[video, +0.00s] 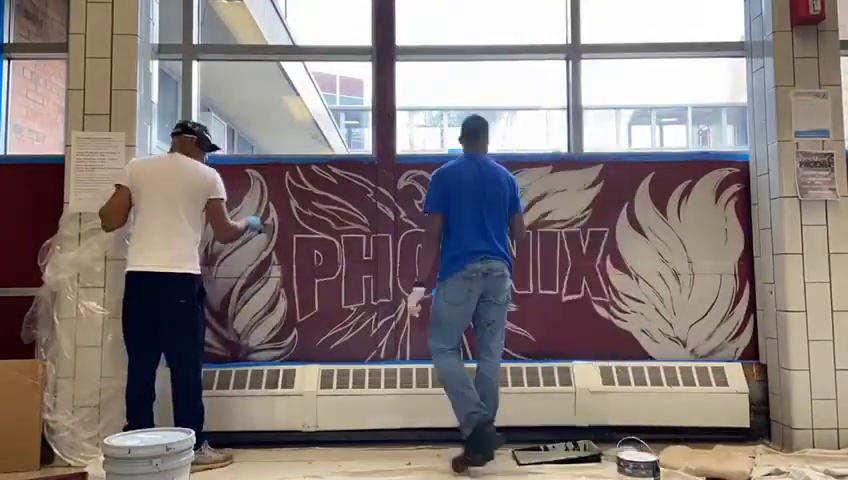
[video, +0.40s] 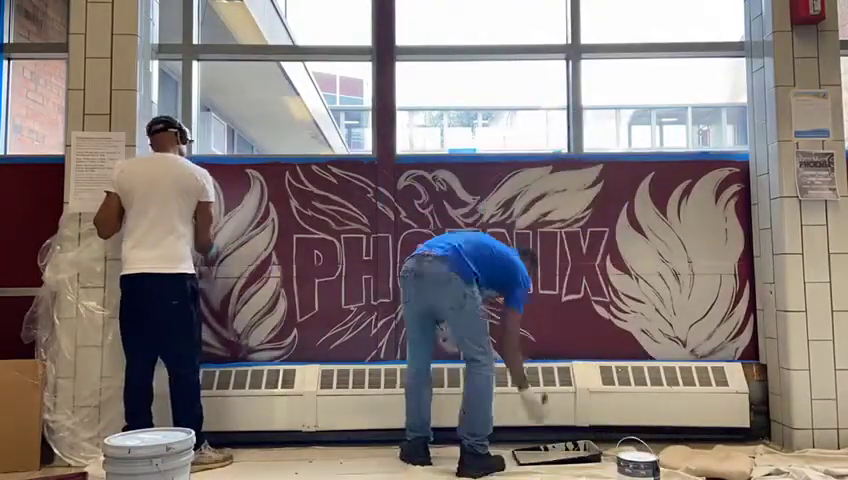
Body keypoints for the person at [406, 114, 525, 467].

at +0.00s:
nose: (471, 143)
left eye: (464, 138)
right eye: (479, 137)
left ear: (460, 139)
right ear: (487, 140)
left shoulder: (445, 174)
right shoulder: (505, 176)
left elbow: (435, 229)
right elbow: (518, 230)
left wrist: (424, 281)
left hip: (460, 270)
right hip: (499, 270)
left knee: (444, 347)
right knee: (490, 354)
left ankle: (477, 421)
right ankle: (480, 445)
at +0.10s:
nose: (491, 152)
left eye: (485, 144)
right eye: (495, 147)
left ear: (471, 144)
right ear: (497, 147)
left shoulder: (445, 176)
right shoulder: (507, 182)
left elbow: (429, 229)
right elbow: (513, 232)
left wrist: (424, 275)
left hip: (451, 269)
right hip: (492, 270)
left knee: (443, 349)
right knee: (488, 353)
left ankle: (437, 440)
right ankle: (484, 441)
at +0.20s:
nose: (438, 150)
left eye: (428, 142)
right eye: (441, 144)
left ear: (415, 144)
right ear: (442, 145)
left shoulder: (395, 181)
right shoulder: (458, 177)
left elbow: (387, 229)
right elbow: (480, 216)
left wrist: (399, 257)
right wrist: (457, 197)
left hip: (410, 272)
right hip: (451, 269)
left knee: (416, 353)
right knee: (468, 351)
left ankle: (419, 443)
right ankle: (483, 439)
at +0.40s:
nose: (527, 285)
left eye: (530, 281)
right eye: (529, 280)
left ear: (513, 254)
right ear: (527, 270)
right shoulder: (519, 275)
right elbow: (508, 342)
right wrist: (524, 389)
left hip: (411, 271)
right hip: (450, 274)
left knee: (417, 364)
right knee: (480, 361)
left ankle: (415, 445)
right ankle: (474, 455)